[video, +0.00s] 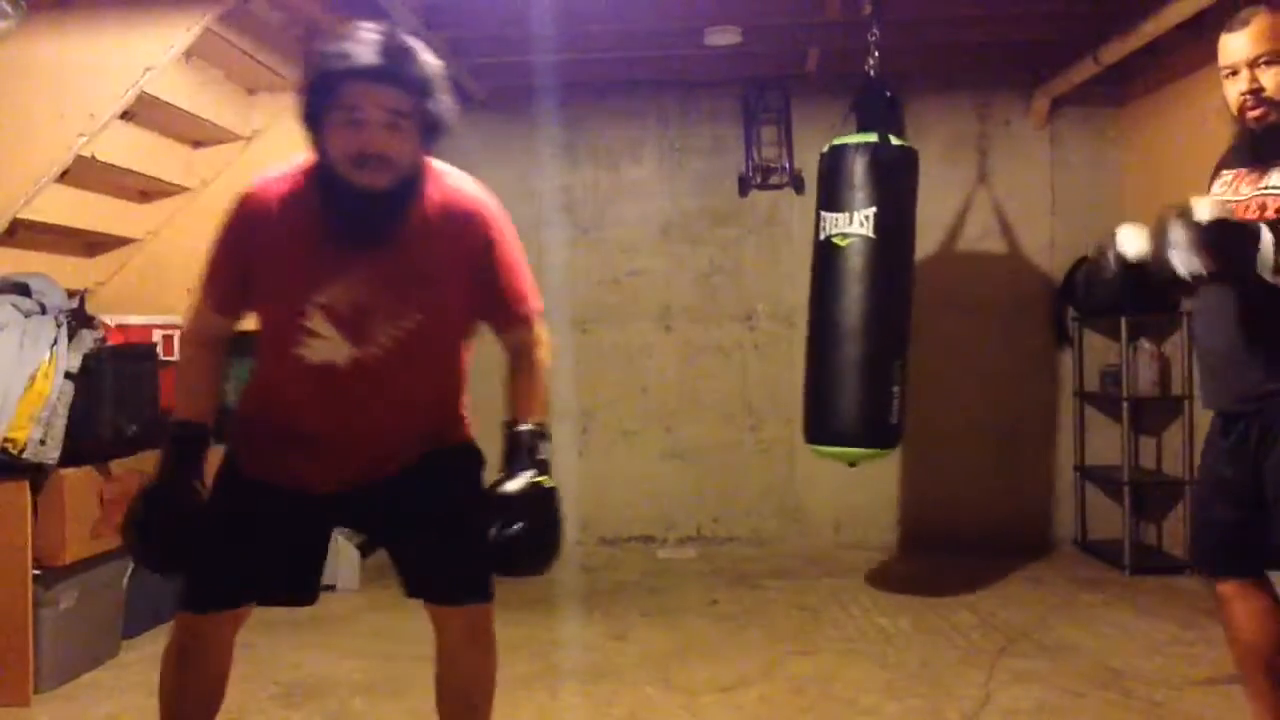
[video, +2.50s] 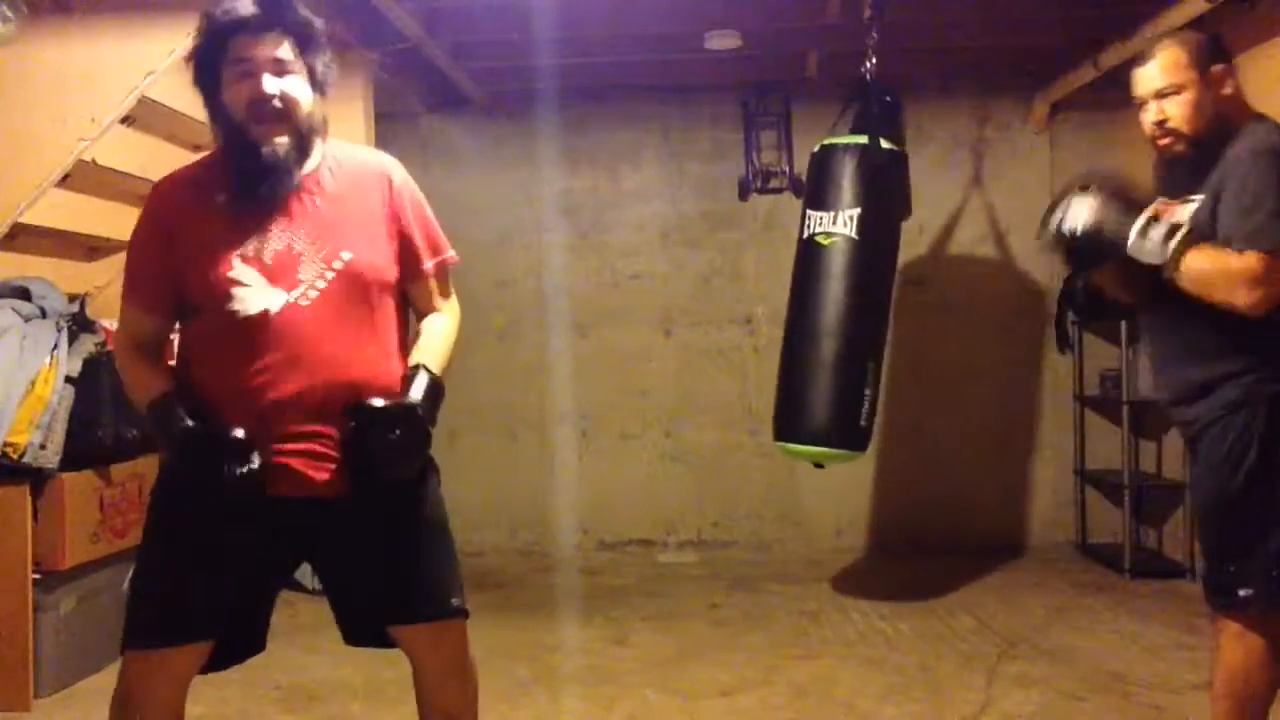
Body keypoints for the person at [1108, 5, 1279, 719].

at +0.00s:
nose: (1248, 85)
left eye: (1262, 66)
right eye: (1233, 72)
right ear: (1220, 80)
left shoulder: (1279, 169)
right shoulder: (1231, 169)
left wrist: (1257, 250)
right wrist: (1144, 256)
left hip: (1273, 406)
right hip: (1237, 410)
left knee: (1243, 573)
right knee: (1232, 573)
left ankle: (1265, 703)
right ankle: (1264, 707)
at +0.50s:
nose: (1197, 123)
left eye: (1210, 99)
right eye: (1183, 109)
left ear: (1258, 84)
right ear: (1173, 111)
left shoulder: (1277, 166)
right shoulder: (1196, 176)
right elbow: (1184, 273)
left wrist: (1275, 337)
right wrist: (1163, 338)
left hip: (1279, 412)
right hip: (1236, 411)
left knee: (1271, 580)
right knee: (1259, 573)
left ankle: (1275, 689)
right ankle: (1274, 686)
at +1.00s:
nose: (1194, 129)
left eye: (1208, 109)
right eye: (1180, 117)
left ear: (1247, 101)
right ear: (1171, 122)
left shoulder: (1273, 166)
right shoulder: (1198, 182)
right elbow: (1193, 295)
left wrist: (1264, 349)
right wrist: (1154, 353)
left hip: (1259, 415)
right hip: (1217, 413)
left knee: (1257, 576)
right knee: (1243, 571)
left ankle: (1273, 686)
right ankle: (1270, 681)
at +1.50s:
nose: (1174, 129)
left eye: (1188, 108)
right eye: (1160, 117)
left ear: (1230, 98)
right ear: (1151, 122)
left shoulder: (1258, 164)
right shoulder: (1199, 184)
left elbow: (1256, 288)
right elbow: (1182, 305)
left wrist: (1166, 248)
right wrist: (1128, 270)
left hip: (1249, 421)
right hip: (1218, 422)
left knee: (1241, 605)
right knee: (1245, 601)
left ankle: (1236, 716)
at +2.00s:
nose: (1111, 119)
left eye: (1125, 96)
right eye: (1096, 108)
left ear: (1166, 84)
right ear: (1085, 113)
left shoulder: (1210, 155)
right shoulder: (1146, 171)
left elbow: (1220, 300)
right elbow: (1144, 298)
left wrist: (1114, 251)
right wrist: (1089, 272)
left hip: (1239, 414)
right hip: (1212, 413)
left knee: (1241, 610)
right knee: (1245, 605)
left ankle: (1236, 714)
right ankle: (1243, 707)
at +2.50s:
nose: (1154, 117)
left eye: (1170, 94)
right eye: (1142, 103)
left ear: (1221, 83)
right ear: (1136, 107)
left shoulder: (1256, 152)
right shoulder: (1184, 168)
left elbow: (1255, 286)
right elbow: (1155, 289)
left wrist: (1144, 240)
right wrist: (1100, 253)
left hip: (1248, 414)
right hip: (1213, 415)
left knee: (1241, 609)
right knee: (1242, 604)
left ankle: (1235, 714)